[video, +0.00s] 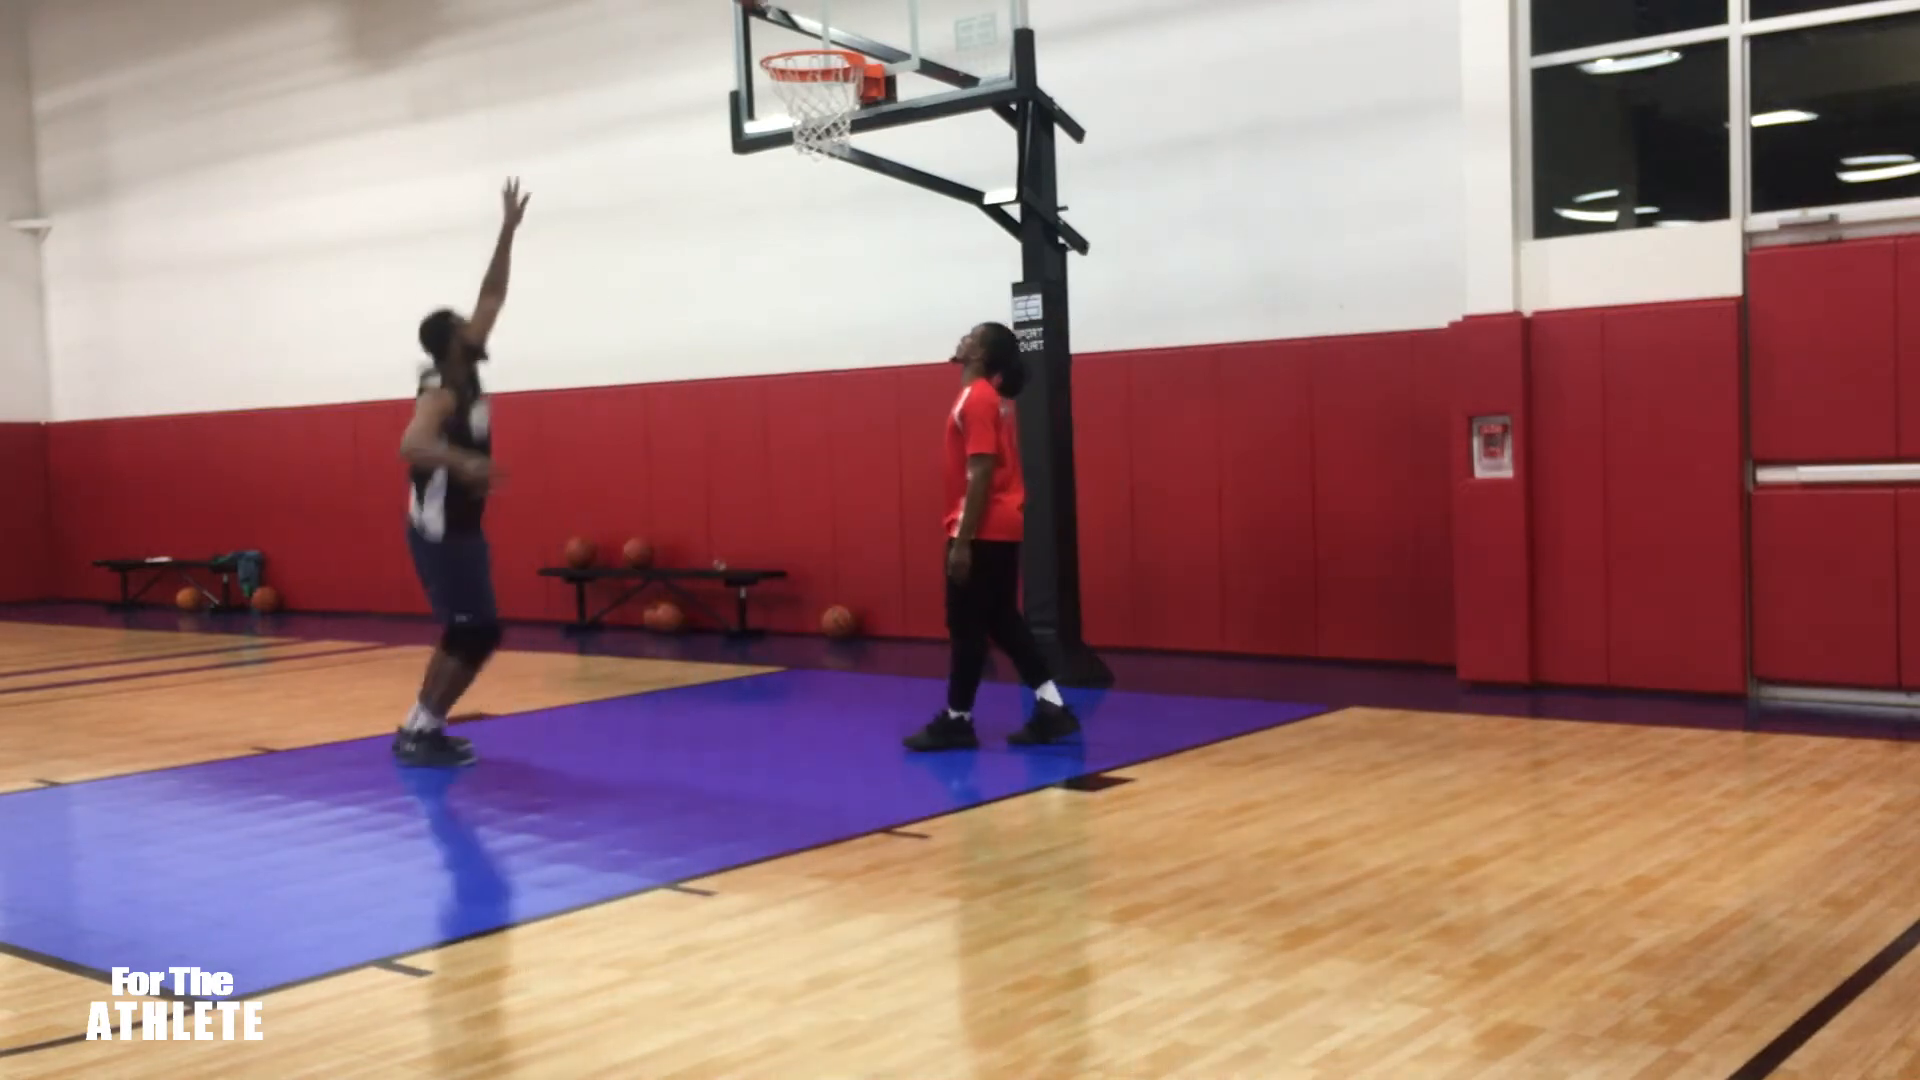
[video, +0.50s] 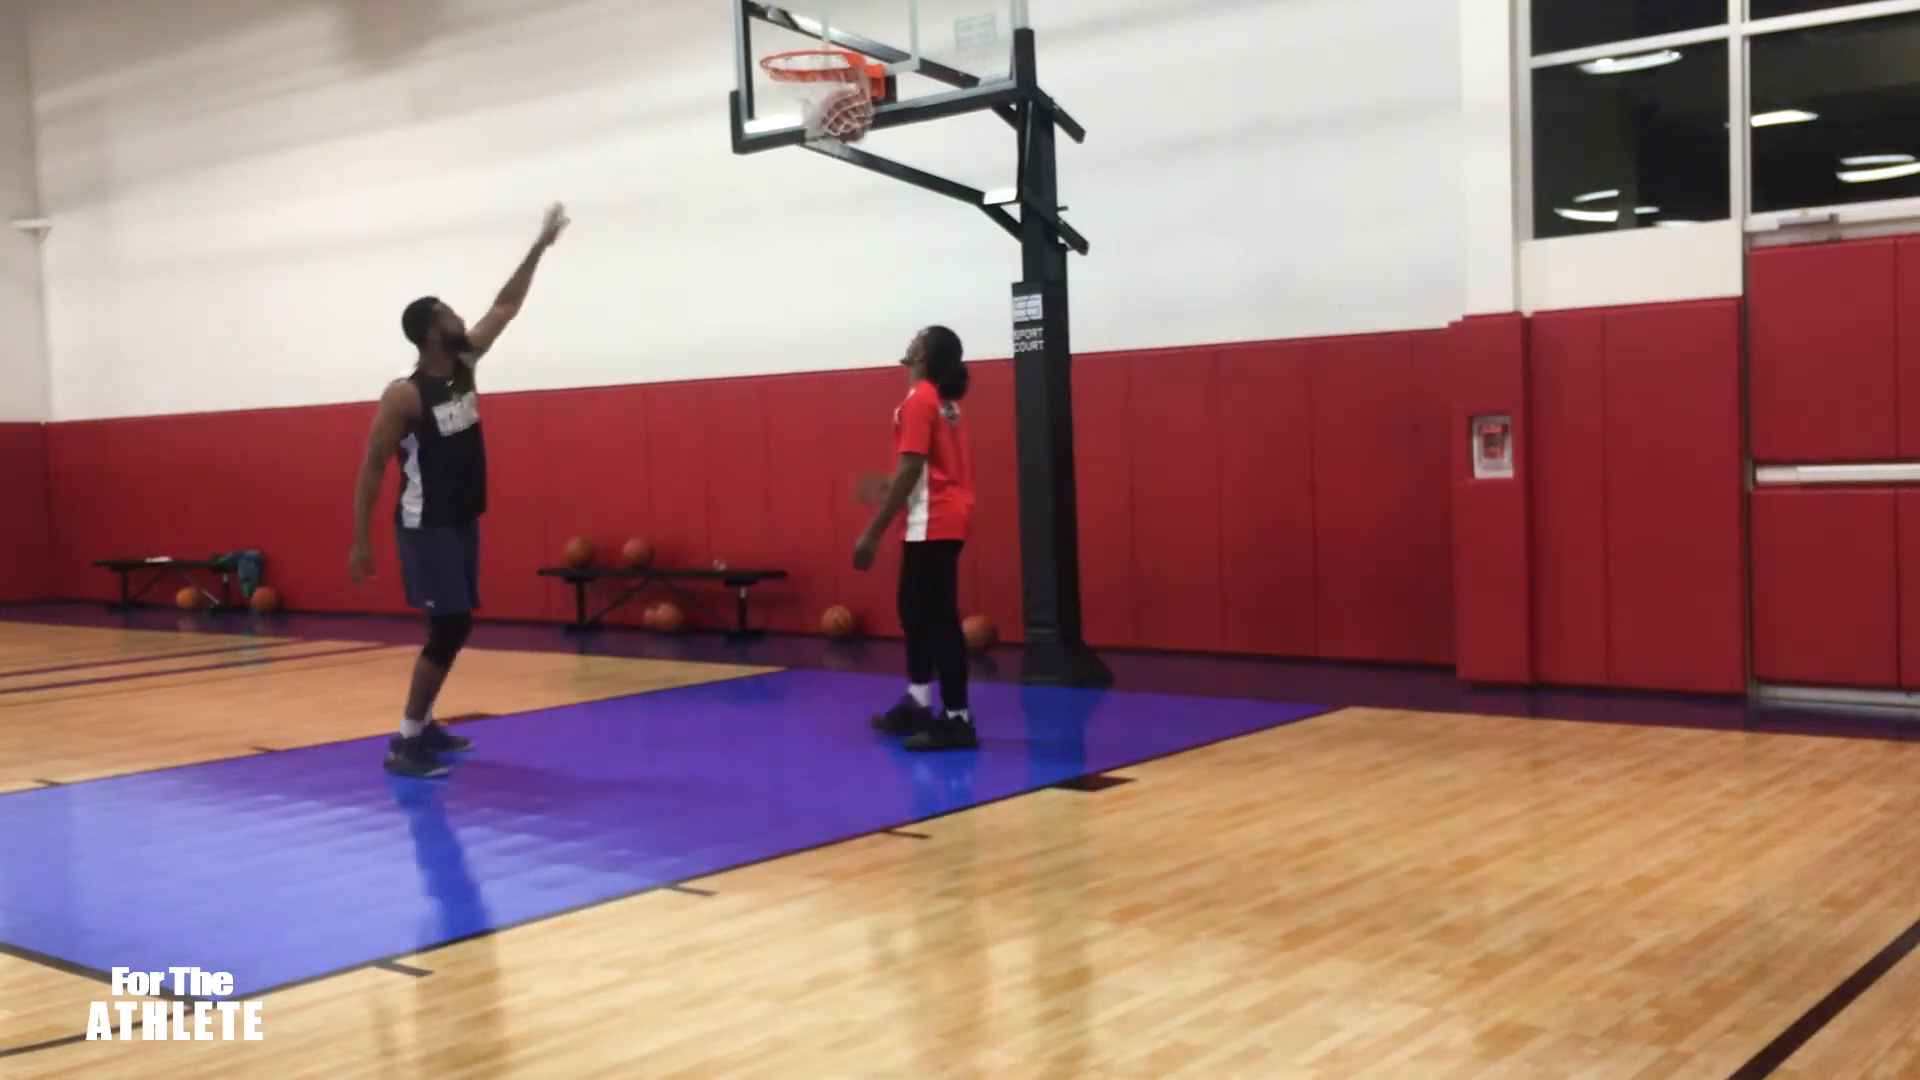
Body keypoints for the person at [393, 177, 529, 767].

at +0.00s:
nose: (475, 327)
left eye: (471, 322)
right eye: (467, 323)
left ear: (455, 340)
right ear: (453, 340)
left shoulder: (467, 373)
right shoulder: (441, 392)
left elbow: (491, 296)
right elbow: (414, 445)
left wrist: (507, 231)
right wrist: (470, 464)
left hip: (458, 524)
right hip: (442, 528)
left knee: (468, 628)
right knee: (477, 629)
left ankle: (423, 726)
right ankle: (422, 729)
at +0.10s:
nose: (472, 337)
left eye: (468, 332)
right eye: (463, 334)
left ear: (454, 347)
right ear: (445, 349)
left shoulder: (463, 382)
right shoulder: (423, 408)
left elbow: (496, 310)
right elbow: (381, 468)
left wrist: (526, 249)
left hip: (458, 537)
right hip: (441, 542)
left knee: (468, 629)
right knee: (511, 617)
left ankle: (419, 724)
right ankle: (447, 713)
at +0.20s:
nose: (458, 323)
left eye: (454, 318)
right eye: (449, 320)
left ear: (443, 333)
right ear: (432, 335)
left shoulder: (457, 364)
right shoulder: (407, 396)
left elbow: (497, 302)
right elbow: (368, 462)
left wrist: (532, 243)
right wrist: (349, 530)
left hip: (463, 521)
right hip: (445, 526)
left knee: (444, 623)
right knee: (507, 613)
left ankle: (415, 723)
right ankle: (446, 714)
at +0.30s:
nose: (458, 318)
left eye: (453, 313)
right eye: (449, 316)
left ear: (440, 333)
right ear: (431, 334)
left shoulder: (460, 363)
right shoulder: (405, 394)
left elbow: (494, 297)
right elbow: (364, 455)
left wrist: (521, 234)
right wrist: (336, 525)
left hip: (457, 520)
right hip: (438, 523)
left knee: (436, 621)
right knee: (494, 614)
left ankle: (414, 722)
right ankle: (430, 718)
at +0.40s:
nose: (464, 323)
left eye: (459, 317)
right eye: (455, 320)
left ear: (443, 335)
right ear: (435, 337)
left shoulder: (463, 368)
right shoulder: (405, 398)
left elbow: (496, 301)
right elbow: (365, 464)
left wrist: (522, 235)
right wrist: (339, 533)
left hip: (459, 523)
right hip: (430, 528)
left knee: (443, 624)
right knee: (470, 622)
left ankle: (417, 724)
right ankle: (415, 731)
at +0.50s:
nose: (460, 318)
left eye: (454, 313)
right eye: (450, 314)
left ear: (442, 329)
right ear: (432, 332)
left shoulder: (464, 363)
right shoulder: (404, 397)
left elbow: (505, 307)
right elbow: (371, 470)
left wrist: (540, 247)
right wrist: (360, 545)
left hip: (462, 522)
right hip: (426, 527)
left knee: (458, 622)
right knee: (449, 624)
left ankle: (421, 724)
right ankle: (406, 740)